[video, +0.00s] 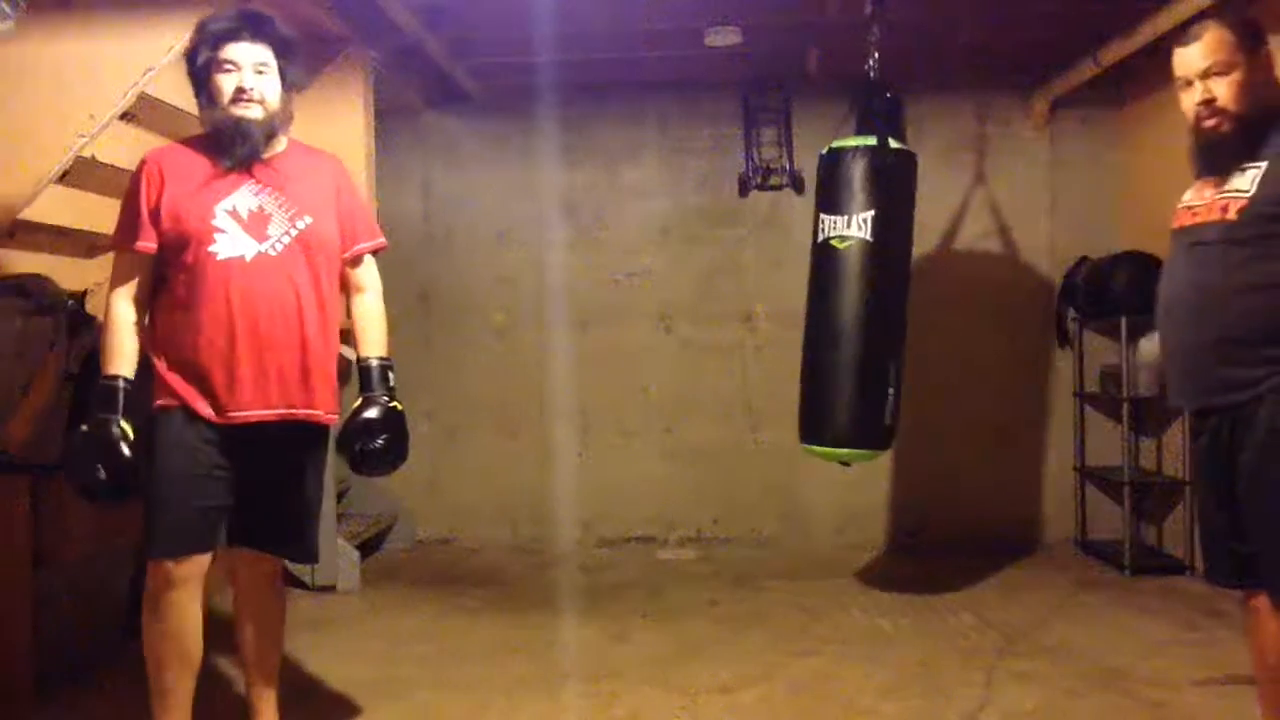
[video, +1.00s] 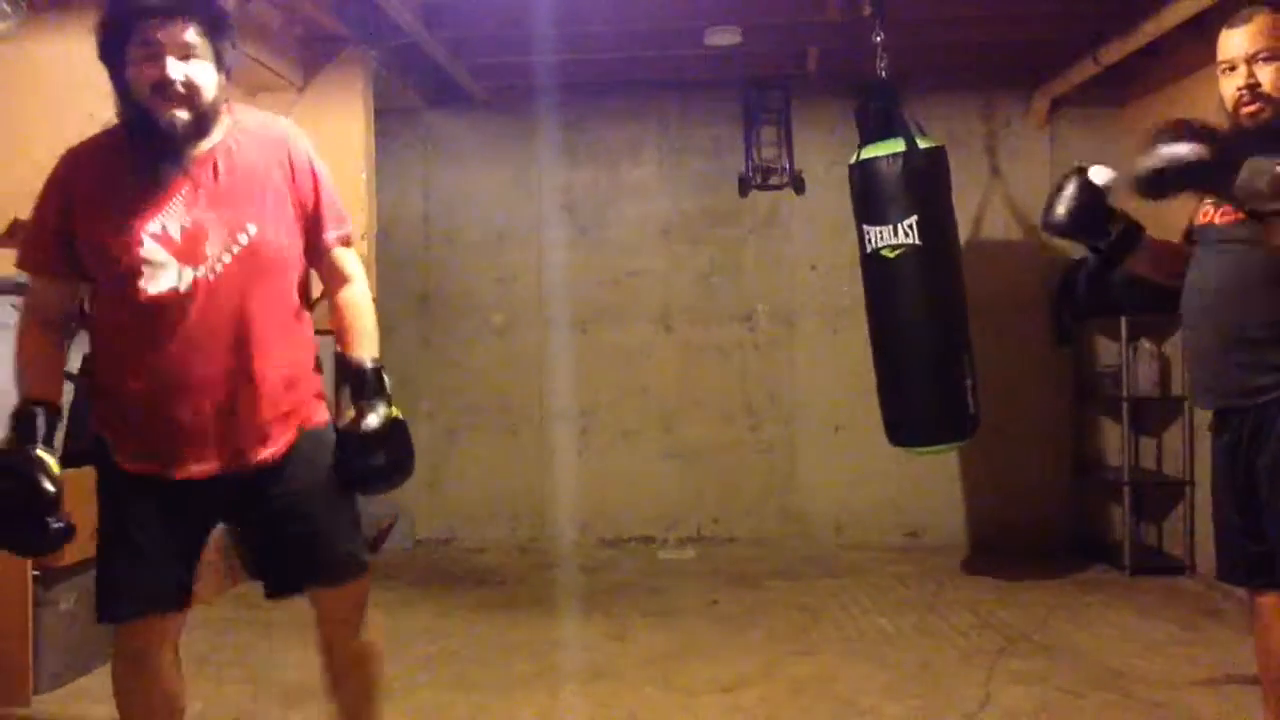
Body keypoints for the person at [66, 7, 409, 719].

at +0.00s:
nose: (245, 81)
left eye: (261, 70)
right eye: (226, 69)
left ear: (284, 89)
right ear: (203, 88)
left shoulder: (328, 175)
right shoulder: (166, 170)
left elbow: (363, 284)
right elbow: (127, 289)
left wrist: (377, 391)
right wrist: (108, 403)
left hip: (291, 410)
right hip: (188, 407)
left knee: (264, 564)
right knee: (176, 569)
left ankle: (265, 707)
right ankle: (171, 716)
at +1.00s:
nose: (170, 74)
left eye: (188, 53)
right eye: (149, 55)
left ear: (221, 62)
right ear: (120, 68)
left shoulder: (283, 152)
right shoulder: (83, 175)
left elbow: (345, 275)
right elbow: (47, 317)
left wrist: (369, 395)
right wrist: (33, 443)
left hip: (283, 439)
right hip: (148, 456)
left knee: (346, 598)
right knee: (142, 639)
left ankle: (363, 715)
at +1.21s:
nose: (229, 101)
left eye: (250, 81)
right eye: (208, 82)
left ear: (288, 88)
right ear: (180, 92)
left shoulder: (342, 176)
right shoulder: (145, 186)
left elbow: (407, 303)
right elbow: (96, 318)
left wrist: (423, 431)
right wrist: (82, 446)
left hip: (327, 460)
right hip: (191, 467)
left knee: (398, 622)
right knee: (158, 641)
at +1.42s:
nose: (334, 130)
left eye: (356, 111)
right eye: (312, 109)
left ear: (388, 121)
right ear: (279, 115)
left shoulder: (432, 203)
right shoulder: (233, 206)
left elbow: (499, 334)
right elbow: (177, 329)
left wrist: (503, 460)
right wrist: (153, 461)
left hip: (400, 459)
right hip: (259, 462)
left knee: (451, 617)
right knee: (198, 631)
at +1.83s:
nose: (423, 158)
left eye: (446, 140)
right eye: (402, 136)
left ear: (477, 153)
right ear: (369, 143)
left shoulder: (506, 243)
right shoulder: (298, 223)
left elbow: (533, 358)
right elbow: (226, 343)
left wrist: (507, 462)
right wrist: (245, 449)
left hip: (429, 468)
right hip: (290, 462)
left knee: (482, 617)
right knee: (212, 630)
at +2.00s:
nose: (387, 163)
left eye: (411, 145)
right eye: (365, 142)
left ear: (443, 158)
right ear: (333, 150)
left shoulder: (474, 244)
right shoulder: (272, 223)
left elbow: (522, 378)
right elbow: (228, 381)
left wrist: (480, 471)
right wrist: (344, 382)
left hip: (403, 466)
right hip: (260, 461)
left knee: (467, 616)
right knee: (183, 634)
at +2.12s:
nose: (353, 164)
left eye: (376, 144)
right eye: (332, 143)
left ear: (411, 155)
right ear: (301, 151)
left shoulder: (454, 237)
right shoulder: (253, 225)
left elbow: (501, 377)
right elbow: (235, 393)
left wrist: (450, 405)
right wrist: (341, 354)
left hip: (390, 460)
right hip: (245, 456)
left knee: (456, 619)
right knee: (161, 634)